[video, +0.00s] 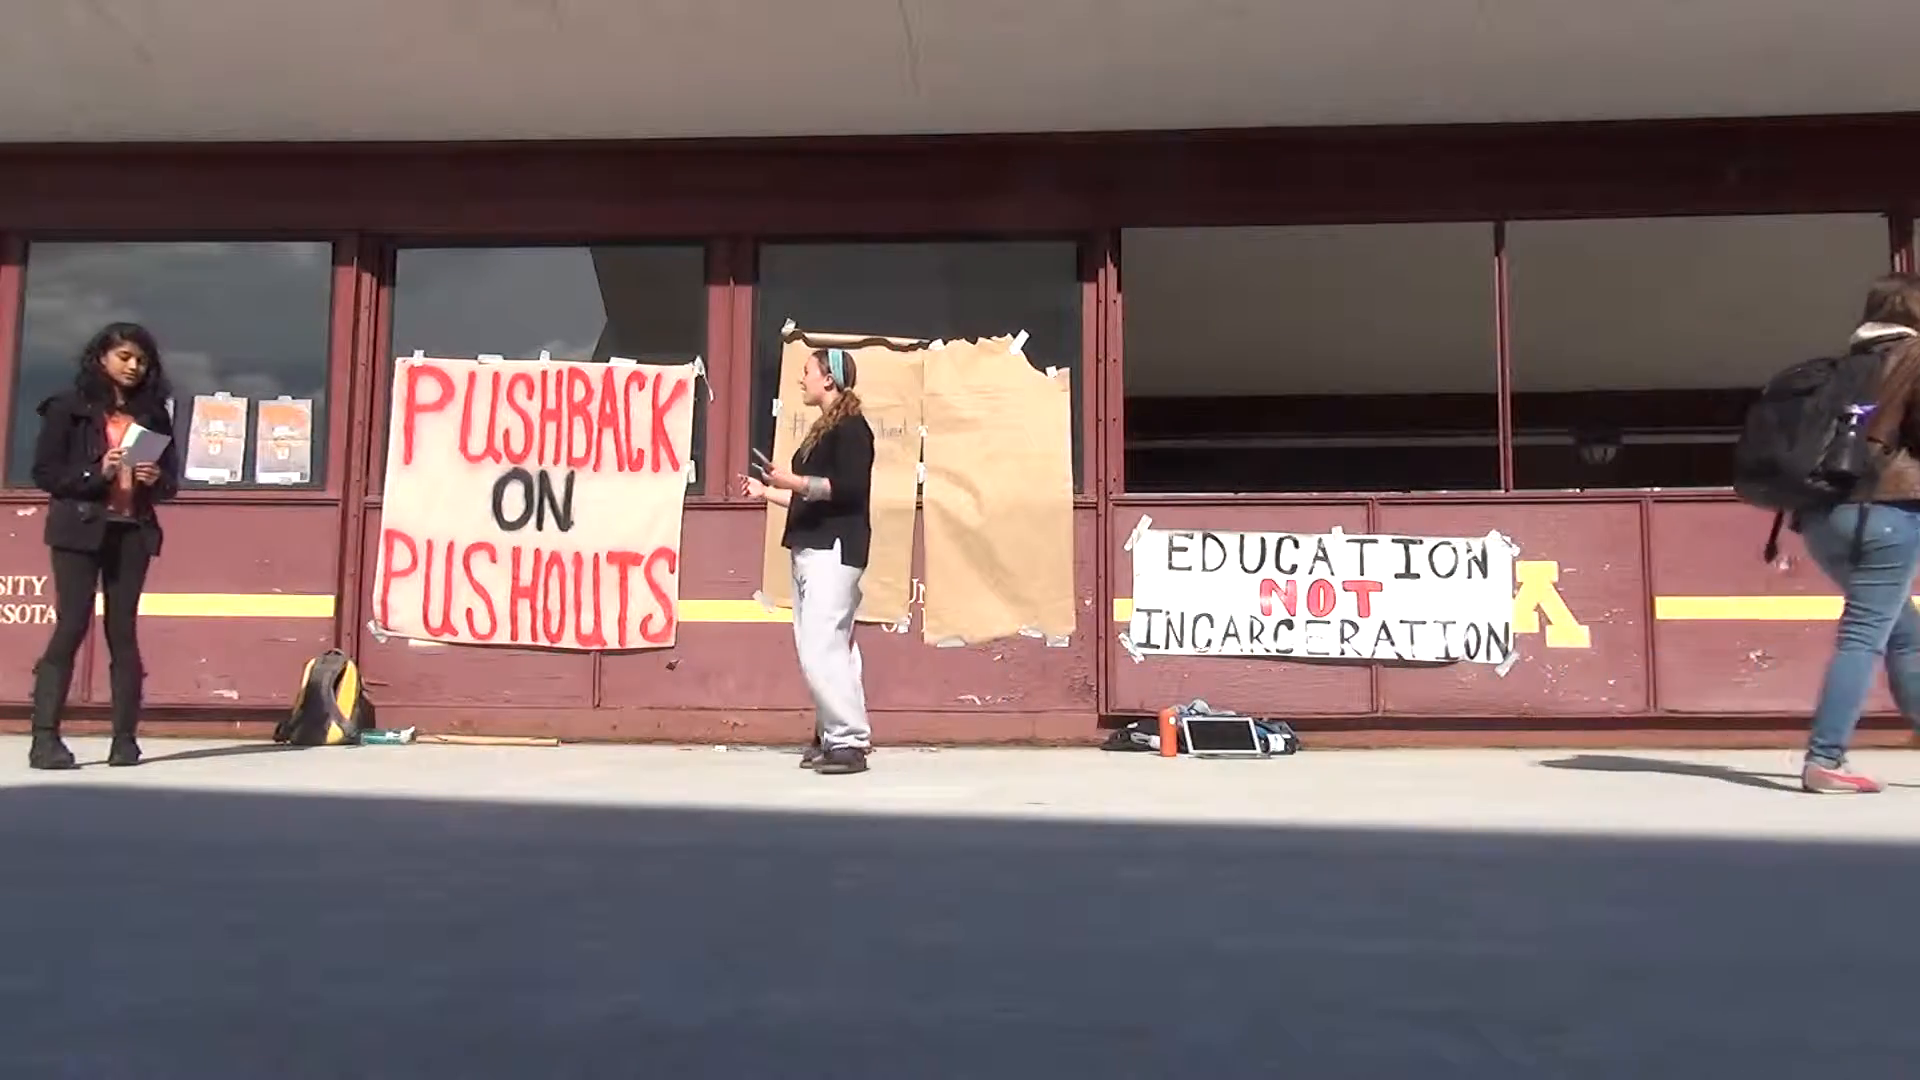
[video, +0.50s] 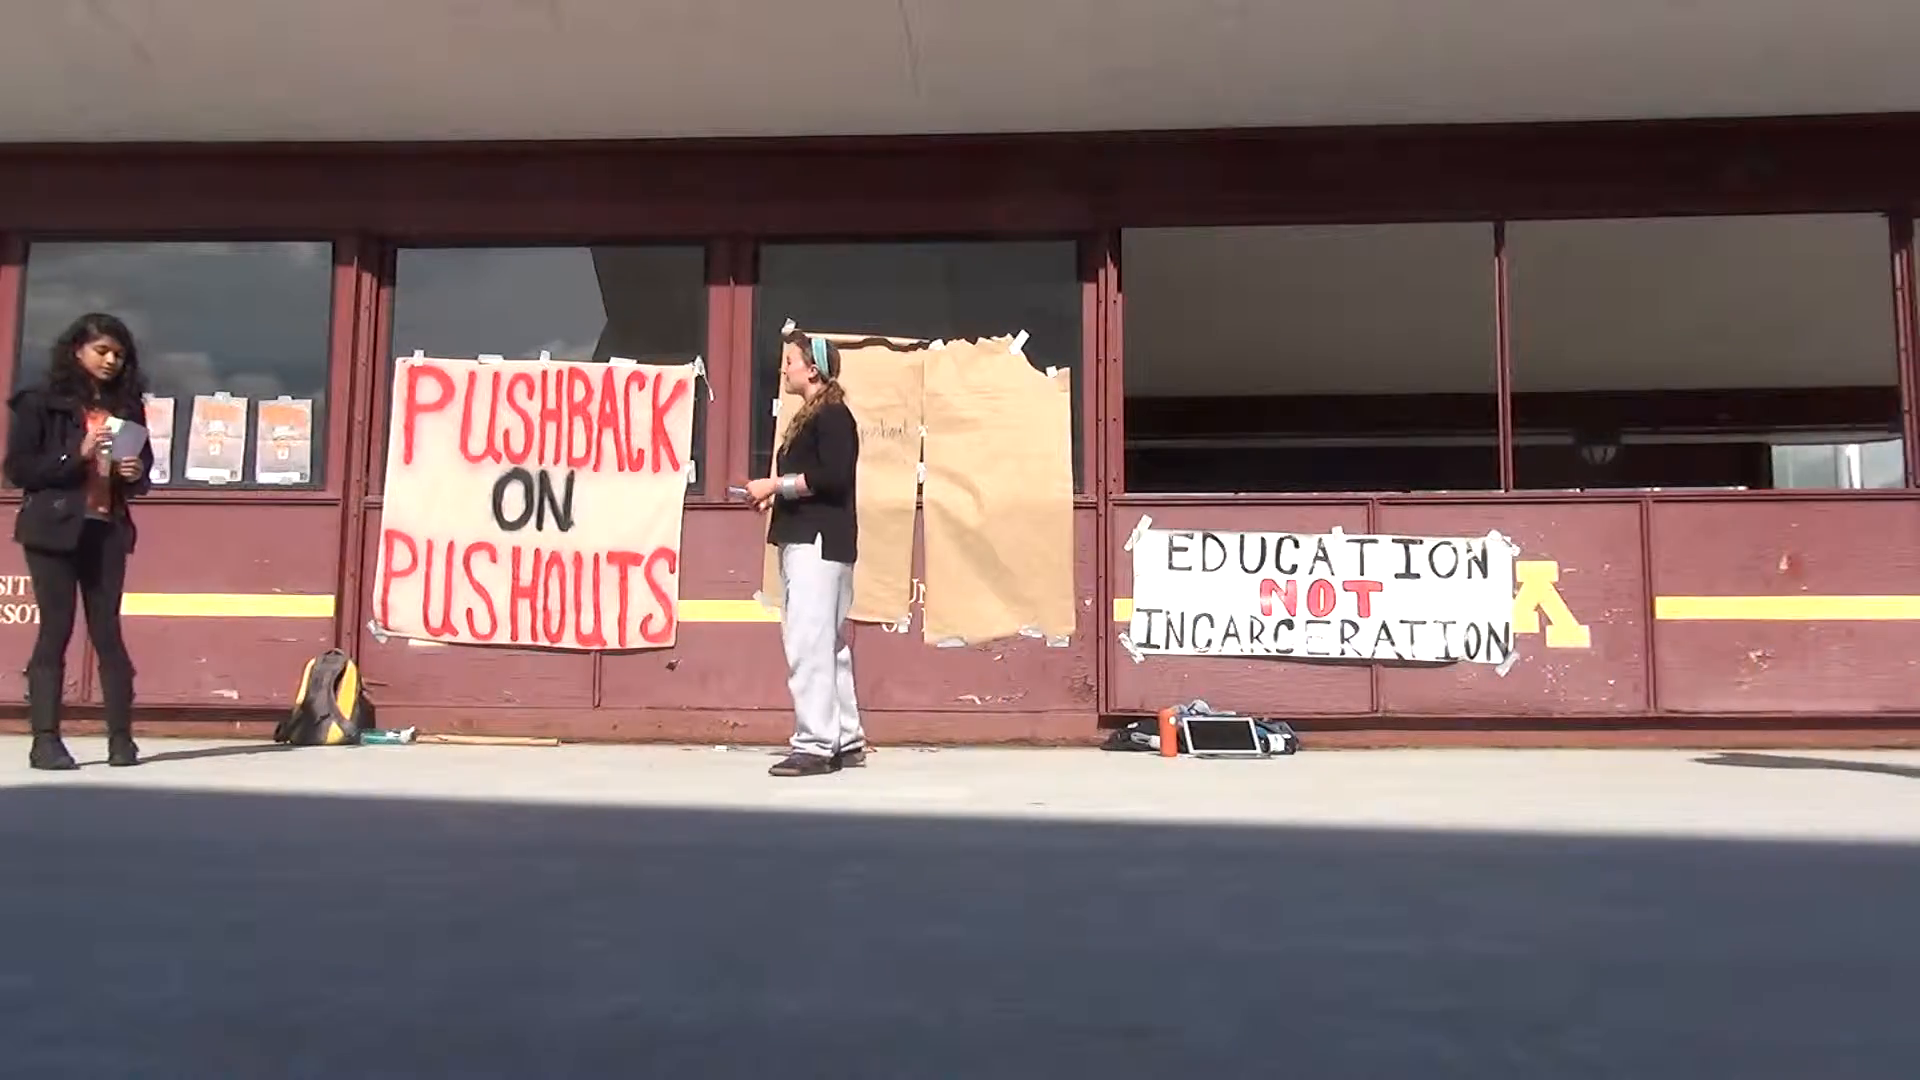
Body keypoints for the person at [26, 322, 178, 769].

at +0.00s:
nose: (131, 366)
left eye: (139, 360)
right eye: (123, 357)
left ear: (147, 367)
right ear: (100, 357)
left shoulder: (154, 415)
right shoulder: (68, 407)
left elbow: (169, 484)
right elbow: (45, 473)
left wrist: (156, 478)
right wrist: (96, 473)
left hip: (131, 531)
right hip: (78, 528)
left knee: (122, 630)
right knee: (72, 626)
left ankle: (124, 737)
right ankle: (44, 737)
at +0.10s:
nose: (127, 364)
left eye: (134, 358)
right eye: (119, 354)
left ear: (142, 365)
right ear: (94, 355)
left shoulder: (148, 414)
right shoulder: (61, 406)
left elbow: (162, 484)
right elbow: (37, 471)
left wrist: (150, 477)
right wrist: (91, 472)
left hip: (125, 530)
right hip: (70, 526)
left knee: (118, 630)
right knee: (67, 627)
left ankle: (124, 737)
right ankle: (44, 738)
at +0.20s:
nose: (122, 363)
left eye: (130, 357)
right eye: (114, 353)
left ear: (136, 364)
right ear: (89, 353)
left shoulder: (141, 410)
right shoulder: (55, 404)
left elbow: (155, 477)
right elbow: (33, 470)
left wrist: (145, 477)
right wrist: (87, 470)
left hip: (119, 529)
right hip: (64, 526)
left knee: (113, 629)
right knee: (63, 627)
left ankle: (124, 736)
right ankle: (45, 738)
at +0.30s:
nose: (117, 362)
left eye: (125, 356)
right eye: (109, 352)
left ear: (132, 362)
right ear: (83, 352)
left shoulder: (136, 410)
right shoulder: (49, 403)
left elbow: (152, 479)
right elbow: (26, 471)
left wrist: (141, 476)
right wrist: (83, 469)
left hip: (113, 529)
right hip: (58, 527)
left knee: (110, 629)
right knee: (61, 627)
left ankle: (124, 737)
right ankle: (45, 739)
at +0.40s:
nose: (113, 361)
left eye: (121, 355)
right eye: (105, 351)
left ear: (127, 361)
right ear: (79, 351)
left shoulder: (132, 408)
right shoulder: (45, 403)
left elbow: (147, 476)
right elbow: (21, 471)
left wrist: (138, 474)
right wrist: (80, 466)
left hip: (109, 529)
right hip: (55, 526)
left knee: (108, 631)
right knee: (60, 627)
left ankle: (123, 736)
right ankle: (45, 740)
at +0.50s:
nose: (109, 361)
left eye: (117, 354)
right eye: (101, 351)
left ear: (124, 360)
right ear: (76, 349)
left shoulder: (127, 406)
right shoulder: (39, 401)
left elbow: (143, 470)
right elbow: (19, 470)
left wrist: (136, 472)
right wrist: (77, 459)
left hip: (106, 528)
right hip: (52, 526)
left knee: (106, 629)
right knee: (57, 627)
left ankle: (121, 735)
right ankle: (45, 740)